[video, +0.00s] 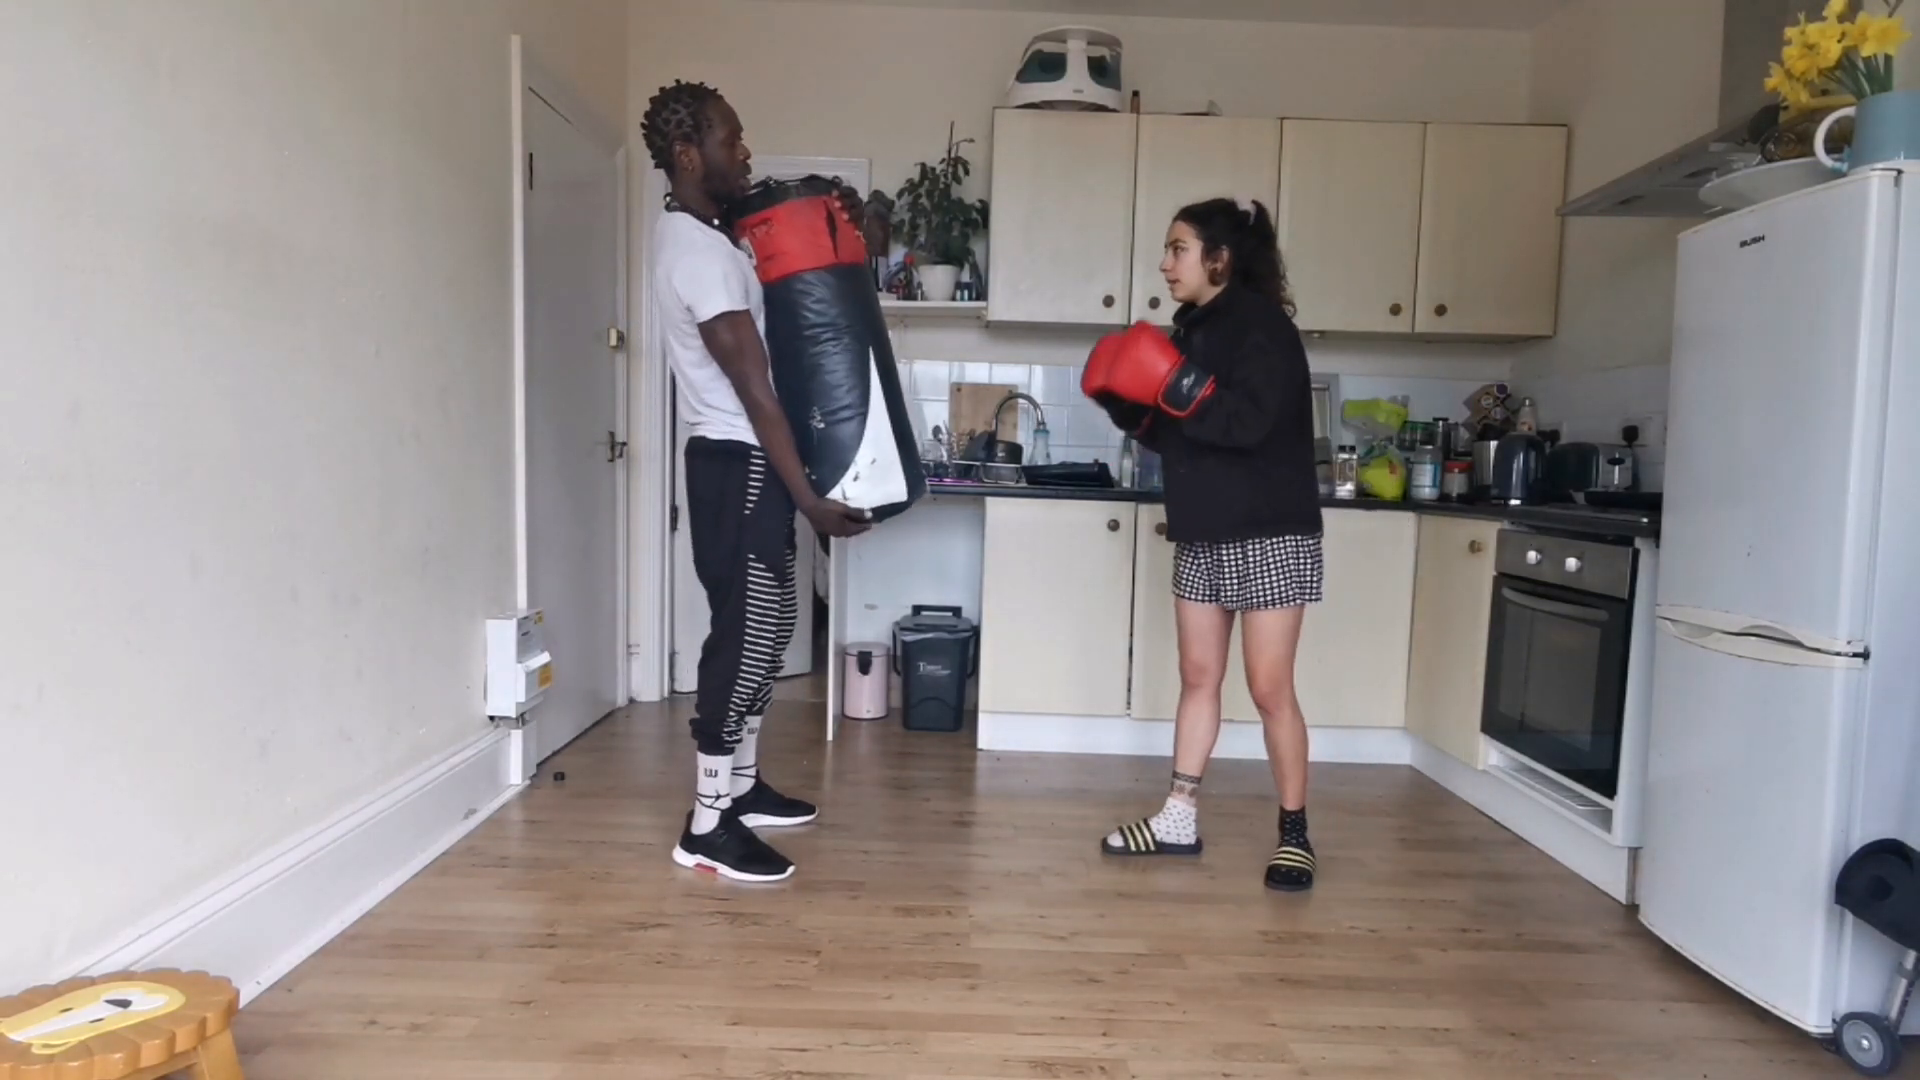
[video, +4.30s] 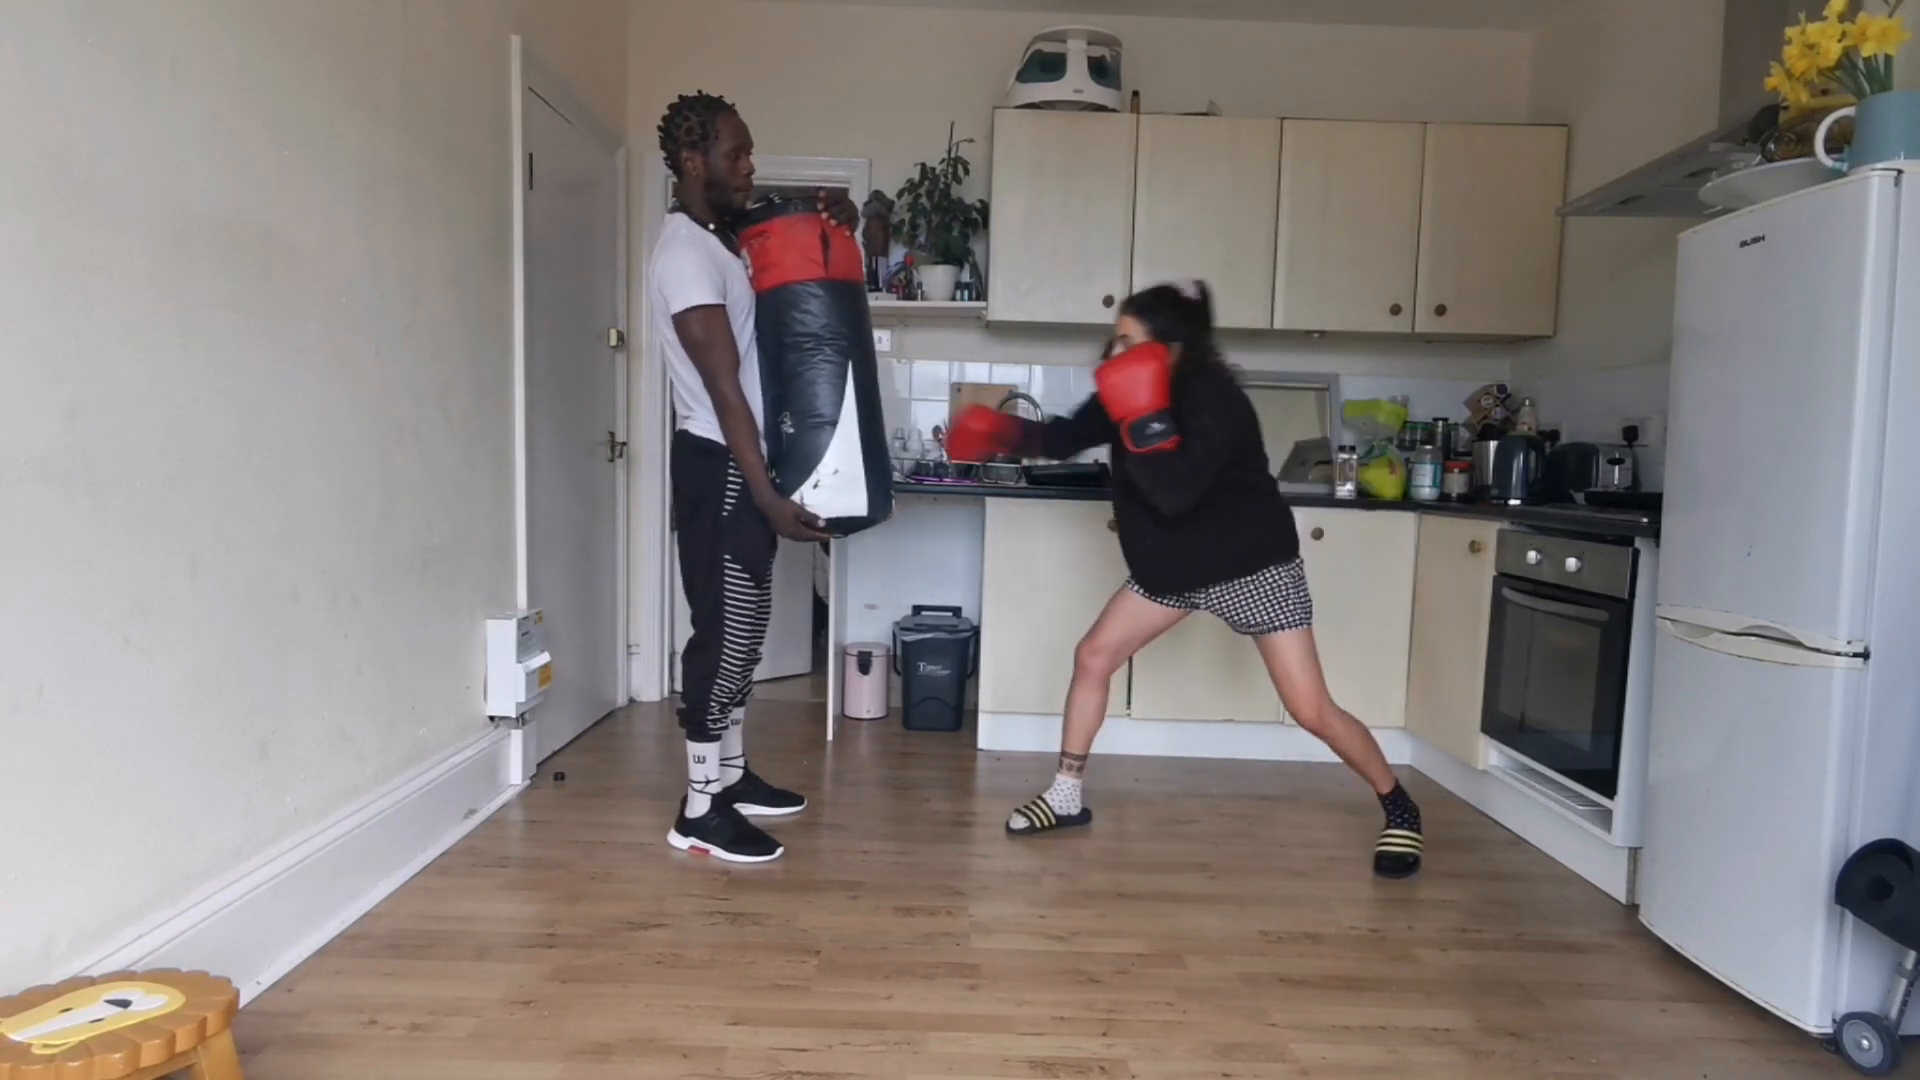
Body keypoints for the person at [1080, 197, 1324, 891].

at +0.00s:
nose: (1166, 262)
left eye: (1178, 250)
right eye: (1167, 249)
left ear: (1219, 258)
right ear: (1198, 260)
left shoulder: (1265, 325)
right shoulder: (1185, 335)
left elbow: (1251, 424)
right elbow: (1172, 436)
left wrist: (1176, 385)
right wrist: (1116, 392)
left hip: (1273, 525)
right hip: (1201, 526)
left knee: (1270, 689)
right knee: (1197, 676)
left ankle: (1293, 832)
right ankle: (1178, 817)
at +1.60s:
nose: (1207, 264)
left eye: (1221, 250)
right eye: (1204, 252)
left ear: (1264, 250)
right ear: (1209, 256)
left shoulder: (1307, 314)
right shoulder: (1216, 323)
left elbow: (1249, 390)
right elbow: (1168, 404)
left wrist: (1228, 313)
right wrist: (1164, 323)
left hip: (1294, 517)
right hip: (1215, 517)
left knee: (1299, 687)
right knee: (1185, 676)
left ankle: (1307, 833)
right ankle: (1148, 810)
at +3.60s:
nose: (1245, 292)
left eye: (1256, 280)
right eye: (1242, 282)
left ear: (1301, 278)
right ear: (1252, 287)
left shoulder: (1355, 333)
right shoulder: (1265, 343)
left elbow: (1309, 419)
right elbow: (1222, 425)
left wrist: (1275, 341)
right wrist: (1210, 346)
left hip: (1363, 537)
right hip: (1285, 537)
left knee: (1362, 703)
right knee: (1218, 675)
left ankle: (1380, 839)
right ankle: (1172, 811)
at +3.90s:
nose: (1215, 307)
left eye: (1225, 292)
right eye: (1212, 295)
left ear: (1270, 292)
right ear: (1238, 299)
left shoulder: (1319, 347)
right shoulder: (1247, 361)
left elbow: (1271, 435)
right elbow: (1209, 451)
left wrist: (1240, 358)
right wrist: (1170, 398)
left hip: (1325, 548)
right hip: (1248, 543)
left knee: (1343, 709)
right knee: (1156, 654)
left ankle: (1379, 841)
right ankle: (1127, 784)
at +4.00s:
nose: (1148, 307)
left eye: (1159, 292)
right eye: (1146, 295)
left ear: (1200, 288)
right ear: (1158, 299)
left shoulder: (1260, 345)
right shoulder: (1162, 361)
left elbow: (1237, 429)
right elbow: (1130, 434)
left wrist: (1195, 354)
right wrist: (1090, 403)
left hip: (1297, 526)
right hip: (1214, 535)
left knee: (1341, 687)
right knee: (1137, 663)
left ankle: (1380, 834)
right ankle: (1065, 780)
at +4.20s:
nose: (1094, 358)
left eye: (1105, 347)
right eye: (1093, 348)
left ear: (1148, 344)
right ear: (1118, 349)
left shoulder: (1199, 394)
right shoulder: (1117, 404)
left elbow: (1172, 483)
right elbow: (1035, 420)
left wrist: (1128, 415)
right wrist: (951, 405)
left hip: (1257, 557)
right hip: (1175, 563)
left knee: (1317, 706)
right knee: (1092, 659)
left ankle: (1395, 812)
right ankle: (1066, 795)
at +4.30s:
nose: (1112, 353)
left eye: (1126, 341)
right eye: (1114, 341)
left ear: (1170, 347)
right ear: (1137, 343)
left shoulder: (1216, 398)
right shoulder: (1131, 396)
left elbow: (1173, 493)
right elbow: (1065, 438)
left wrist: (1146, 421)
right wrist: (1003, 433)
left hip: (1255, 558)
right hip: (1176, 561)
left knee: (1311, 709)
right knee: (1094, 656)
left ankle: (1397, 805)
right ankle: (1065, 794)